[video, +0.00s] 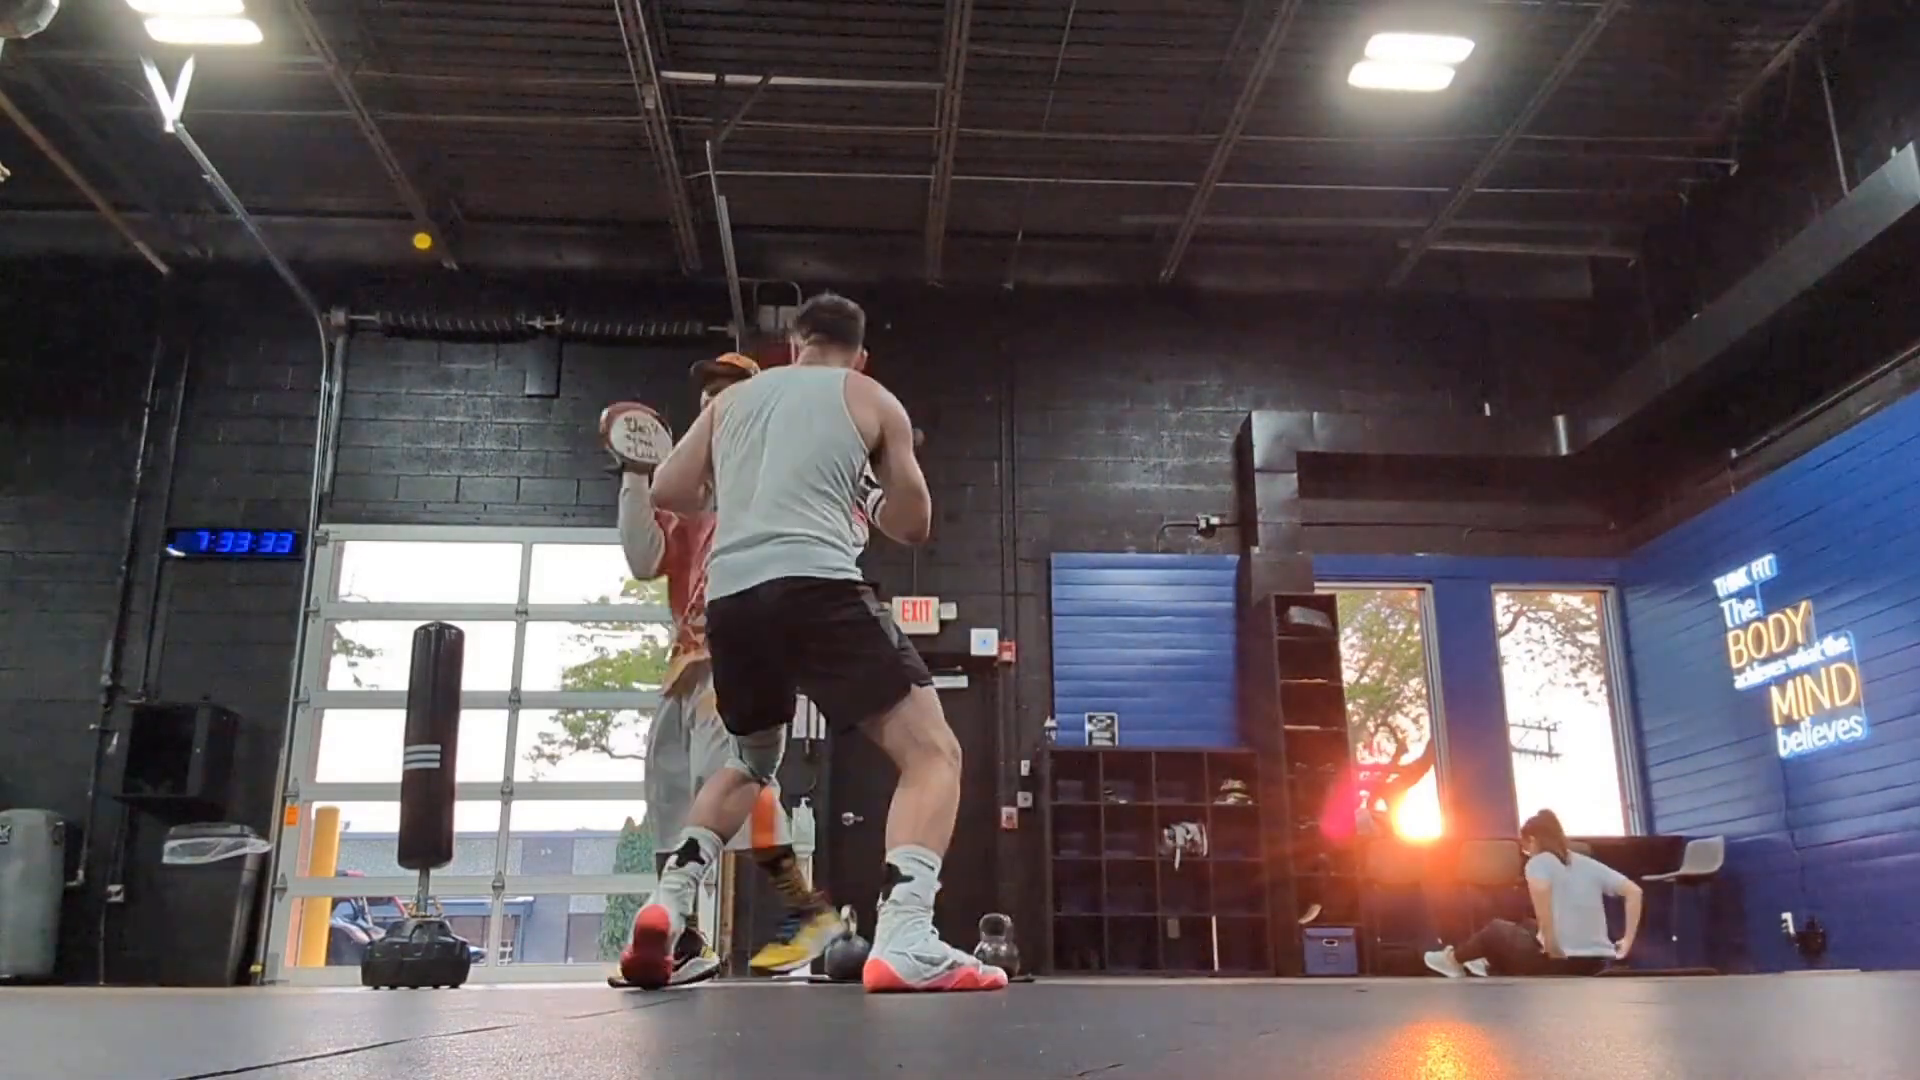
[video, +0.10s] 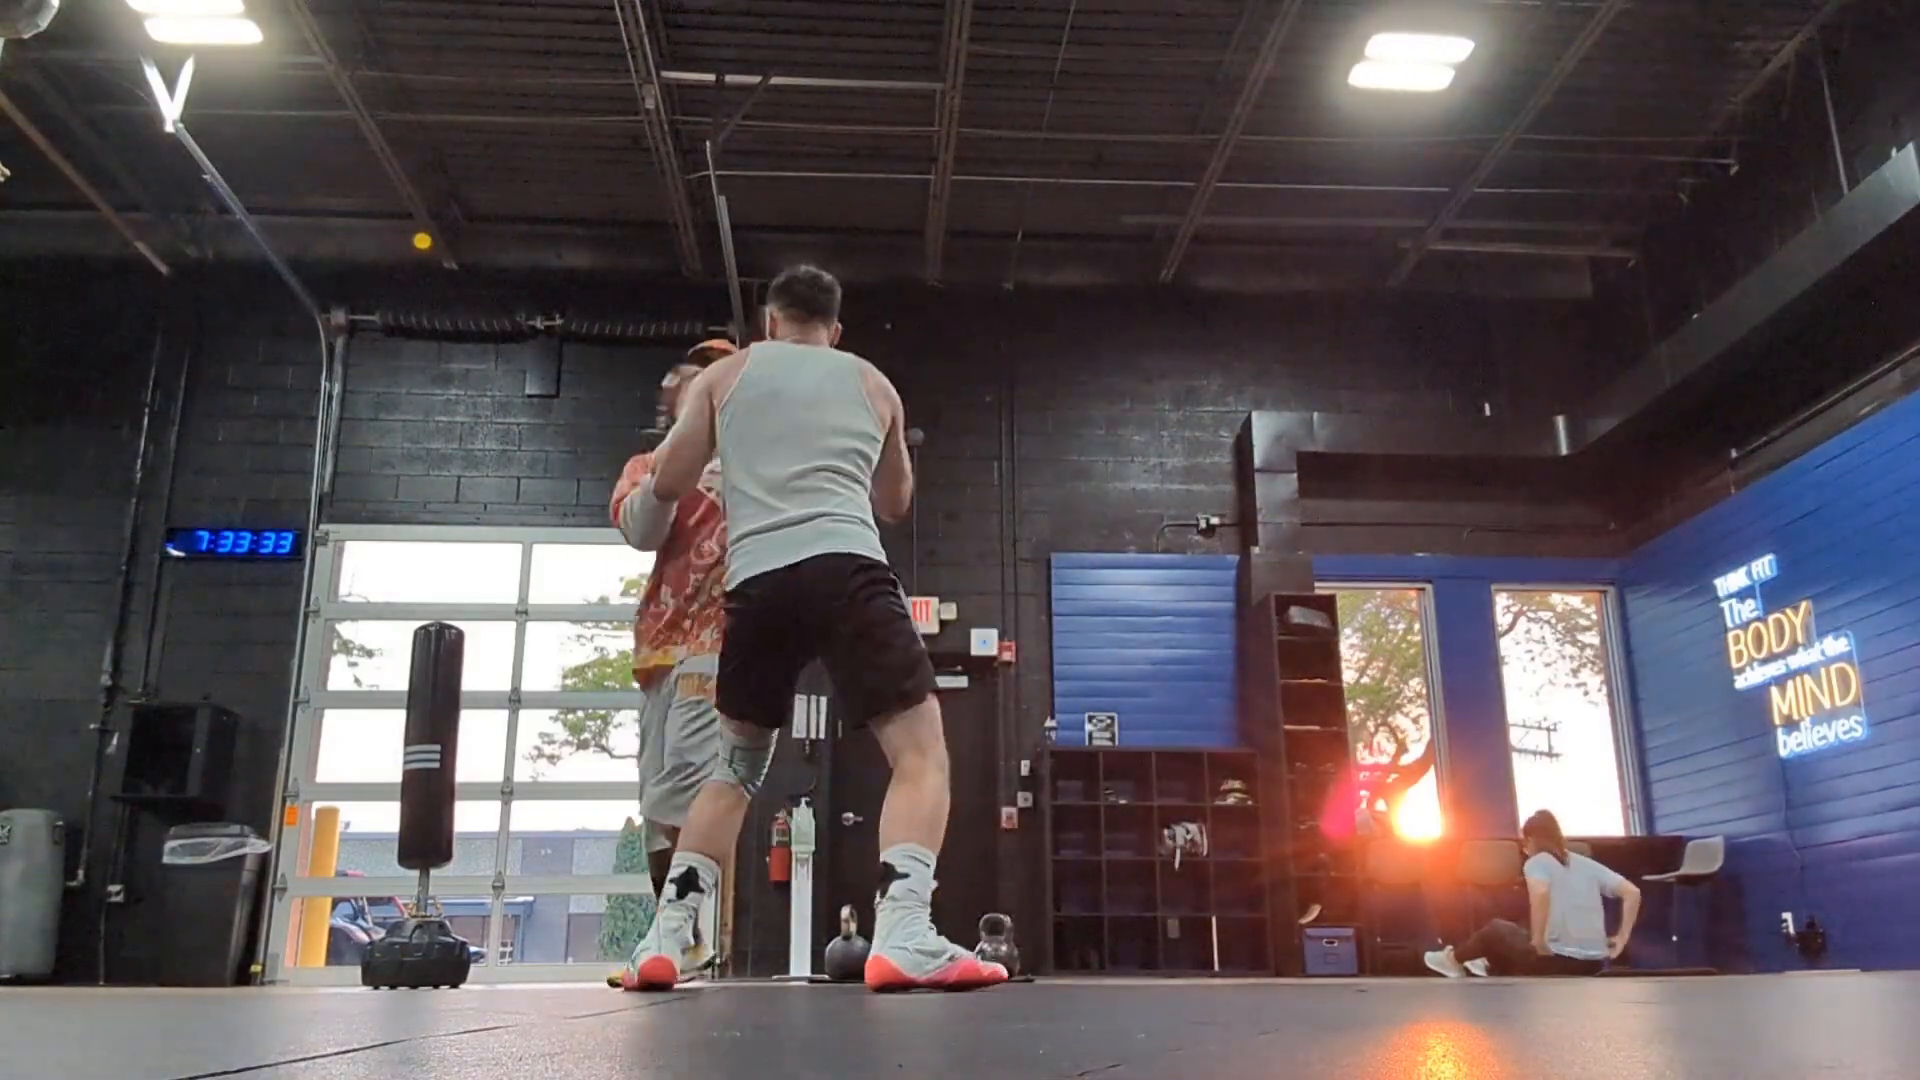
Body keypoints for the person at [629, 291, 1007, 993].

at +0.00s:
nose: (803, 359)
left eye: (795, 348)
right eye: (857, 357)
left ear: (793, 345)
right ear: (861, 353)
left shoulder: (733, 399)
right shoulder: (876, 402)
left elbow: (671, 490)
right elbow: (913, 523)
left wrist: (736, 497)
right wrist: (863, 499)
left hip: (731, 603)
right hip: (822, 590)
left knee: (747, 766)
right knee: (933, 756)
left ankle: (669, 898)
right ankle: (907, 936)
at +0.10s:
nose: (779, 334)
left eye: (770, 323)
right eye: (826, 330)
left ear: (767, 321)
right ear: (839, 330)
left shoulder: (723, 375)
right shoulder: (875, 384)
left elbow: (669, 479)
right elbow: (896, 502)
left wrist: (702, 410)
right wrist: (866, 440)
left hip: (760, 582)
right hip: (852, 570)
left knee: (732, 771)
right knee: (919, 756)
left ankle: (667, 938)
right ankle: (906, 931)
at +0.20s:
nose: (769, 332)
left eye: (768, 323)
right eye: (775, 325)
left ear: (778, 318)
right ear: (844, 324)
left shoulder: (750, 365)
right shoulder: (884, 380)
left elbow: (695, 465)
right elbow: (868, 460)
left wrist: (695, 409)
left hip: (776, 577)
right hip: (871, 573)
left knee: (715, 766)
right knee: (932, 762)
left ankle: (666, 942)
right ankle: (962, 922)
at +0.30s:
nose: (800, 332)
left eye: (801, 322)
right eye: (805, 325)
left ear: (812, 319)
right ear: (876, 332)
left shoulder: (780, 362)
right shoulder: (916, 394)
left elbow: (729, 444)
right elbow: (902, 484)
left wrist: (671, 444)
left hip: (792, 583)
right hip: (893, 582)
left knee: (711, 764)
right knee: (977, 768)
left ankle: (661, 946)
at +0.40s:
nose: (831, 339)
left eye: (834, 327)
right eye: (833, 330)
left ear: (857, 320)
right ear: (912, 327)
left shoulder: (824, 361)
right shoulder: (971, 399)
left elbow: (748, 461)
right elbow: (969, 520)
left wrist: (726, 440)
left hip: (841, 578)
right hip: (943, 582)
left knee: (748, 764)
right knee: (1022, 774)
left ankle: (662, 946)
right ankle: (1117, 943)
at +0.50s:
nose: (867, 320)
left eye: (868, 308)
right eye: (868, 310)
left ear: (892, 298)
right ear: (941, 304)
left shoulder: (870, 340)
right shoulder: (1004, 371)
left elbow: (802, 435)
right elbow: (1008, 473)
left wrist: (762, 487)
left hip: (899, 559)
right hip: (1000, 563)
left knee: (802, 745)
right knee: (1049, 756)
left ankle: (707, 929)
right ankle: (1121, 940)